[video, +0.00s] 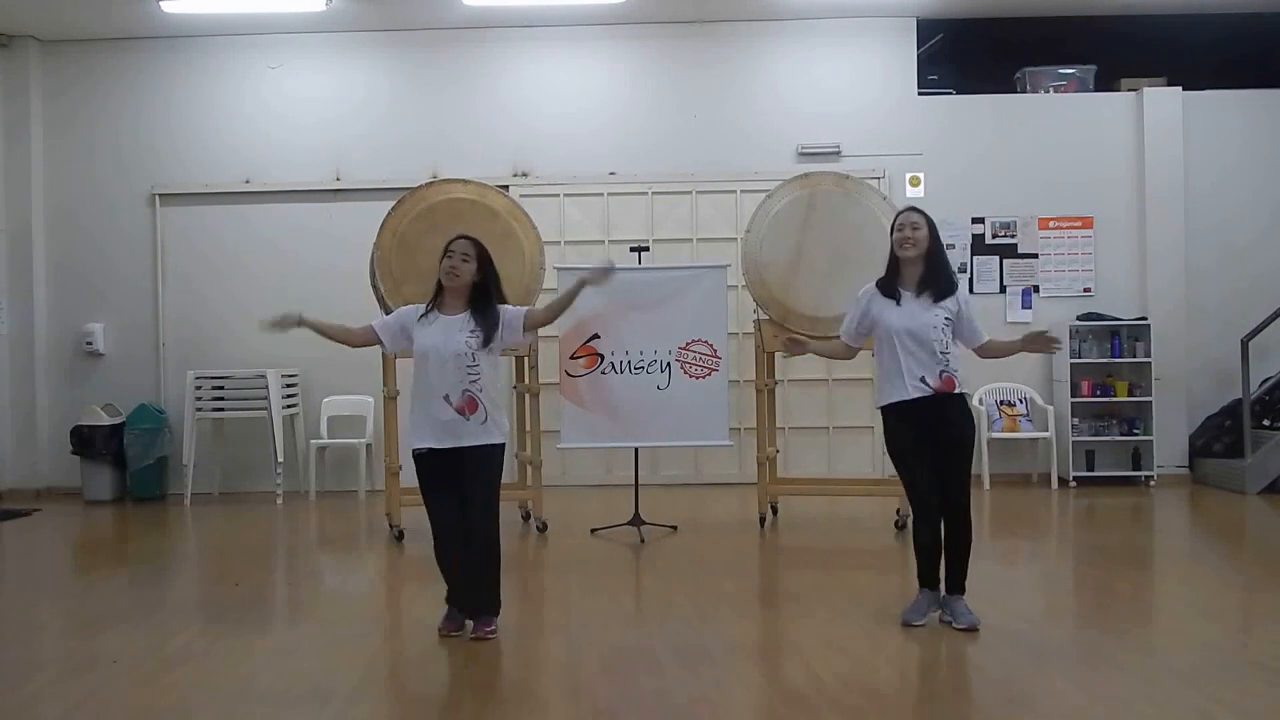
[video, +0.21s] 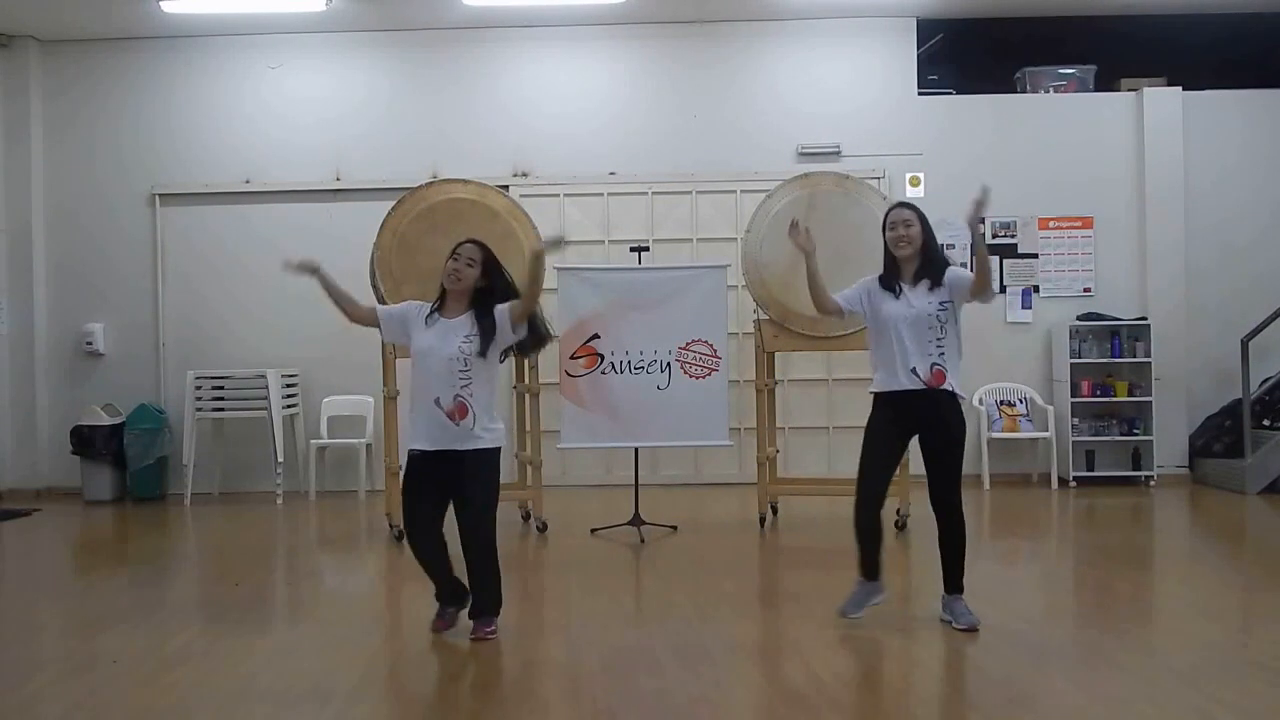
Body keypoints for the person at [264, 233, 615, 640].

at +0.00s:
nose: (454, 262)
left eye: (465, 258)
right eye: (449, 255)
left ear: (479, 273)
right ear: (438, 265)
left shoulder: (491, 317)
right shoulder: (413, 317)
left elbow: (543, 314)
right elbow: (356, 336)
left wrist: (580, 285)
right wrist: (307, 322)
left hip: (483, 440)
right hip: (430, 442)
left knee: (481, 527)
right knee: (445, 529)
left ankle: (485, 612)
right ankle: (457, 603)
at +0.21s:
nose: (458, 266)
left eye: (469, 263)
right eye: (455, 258)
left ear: (481, 278)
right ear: (443, 267)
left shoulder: (491, 319)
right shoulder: (416, 315)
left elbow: (527, 302)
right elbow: (359, 313)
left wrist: (535, 261)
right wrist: (321, 275)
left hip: (478, 449)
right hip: (426, 449)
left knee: (477, 535)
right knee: (420, 534)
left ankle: (485, 613)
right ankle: (451, 595)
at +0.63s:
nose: (412, 268)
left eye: (422, 265)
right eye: (407, 260)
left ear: (435, 280)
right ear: (395, 270)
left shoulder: (443, 323)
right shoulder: (374, 317)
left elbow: (458, 282)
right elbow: (333, 288)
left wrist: (431, 241)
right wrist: (355, 246)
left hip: (428, 449)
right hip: (375, 448)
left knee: (447, 535)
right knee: (368, 539)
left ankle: (480, 612)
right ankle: (364, 620)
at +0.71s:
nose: (400, 267)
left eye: (411, 263)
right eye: (395, 260)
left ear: (423, 277)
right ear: (381, 269)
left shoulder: (434, 321)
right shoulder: (357, 317)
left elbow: (467, 289)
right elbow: (304, 294)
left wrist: (462, 237)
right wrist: (295, 245)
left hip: (417, 447)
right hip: (363, 447)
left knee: (428, 531)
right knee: (361, 538)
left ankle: (465, 609)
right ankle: (364, 621)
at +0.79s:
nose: (394, 267)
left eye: (404, 262)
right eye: (387, 260)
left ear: (416, 275)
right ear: (374, 270)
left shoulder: (429, 320)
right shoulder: (348, 318)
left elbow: (472, 294)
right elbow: (290, 303)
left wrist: (489, 246)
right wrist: (259, 260)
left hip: (412, 446)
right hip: (358, 447)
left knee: (416, 532)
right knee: (357, 538)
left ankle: (444, 608)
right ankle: (365, 620)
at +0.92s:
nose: (384, 266)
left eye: (392, 260)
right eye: (376, 260)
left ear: (404, 270)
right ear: (362, 270)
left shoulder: (423, 317)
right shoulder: (343, 321)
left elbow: (474, 310)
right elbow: (283, 331)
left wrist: (524, 285)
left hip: (408, 447)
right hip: (354, 448)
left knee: (401, 533)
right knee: (357, 536)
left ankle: (397, 610)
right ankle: (363, 619)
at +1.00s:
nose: (380, 267)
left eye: (386, 260)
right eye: (370, 261)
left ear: (399, 268)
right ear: (356, 273)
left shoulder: (420, 317)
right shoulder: (340, 323)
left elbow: (475, 314)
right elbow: (283, 340)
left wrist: (531, 298)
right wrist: (218, 335)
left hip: (405, 447)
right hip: (352, 447)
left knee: (400, 533)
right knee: (358, 536)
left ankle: (394, 613)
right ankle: (364, 620)